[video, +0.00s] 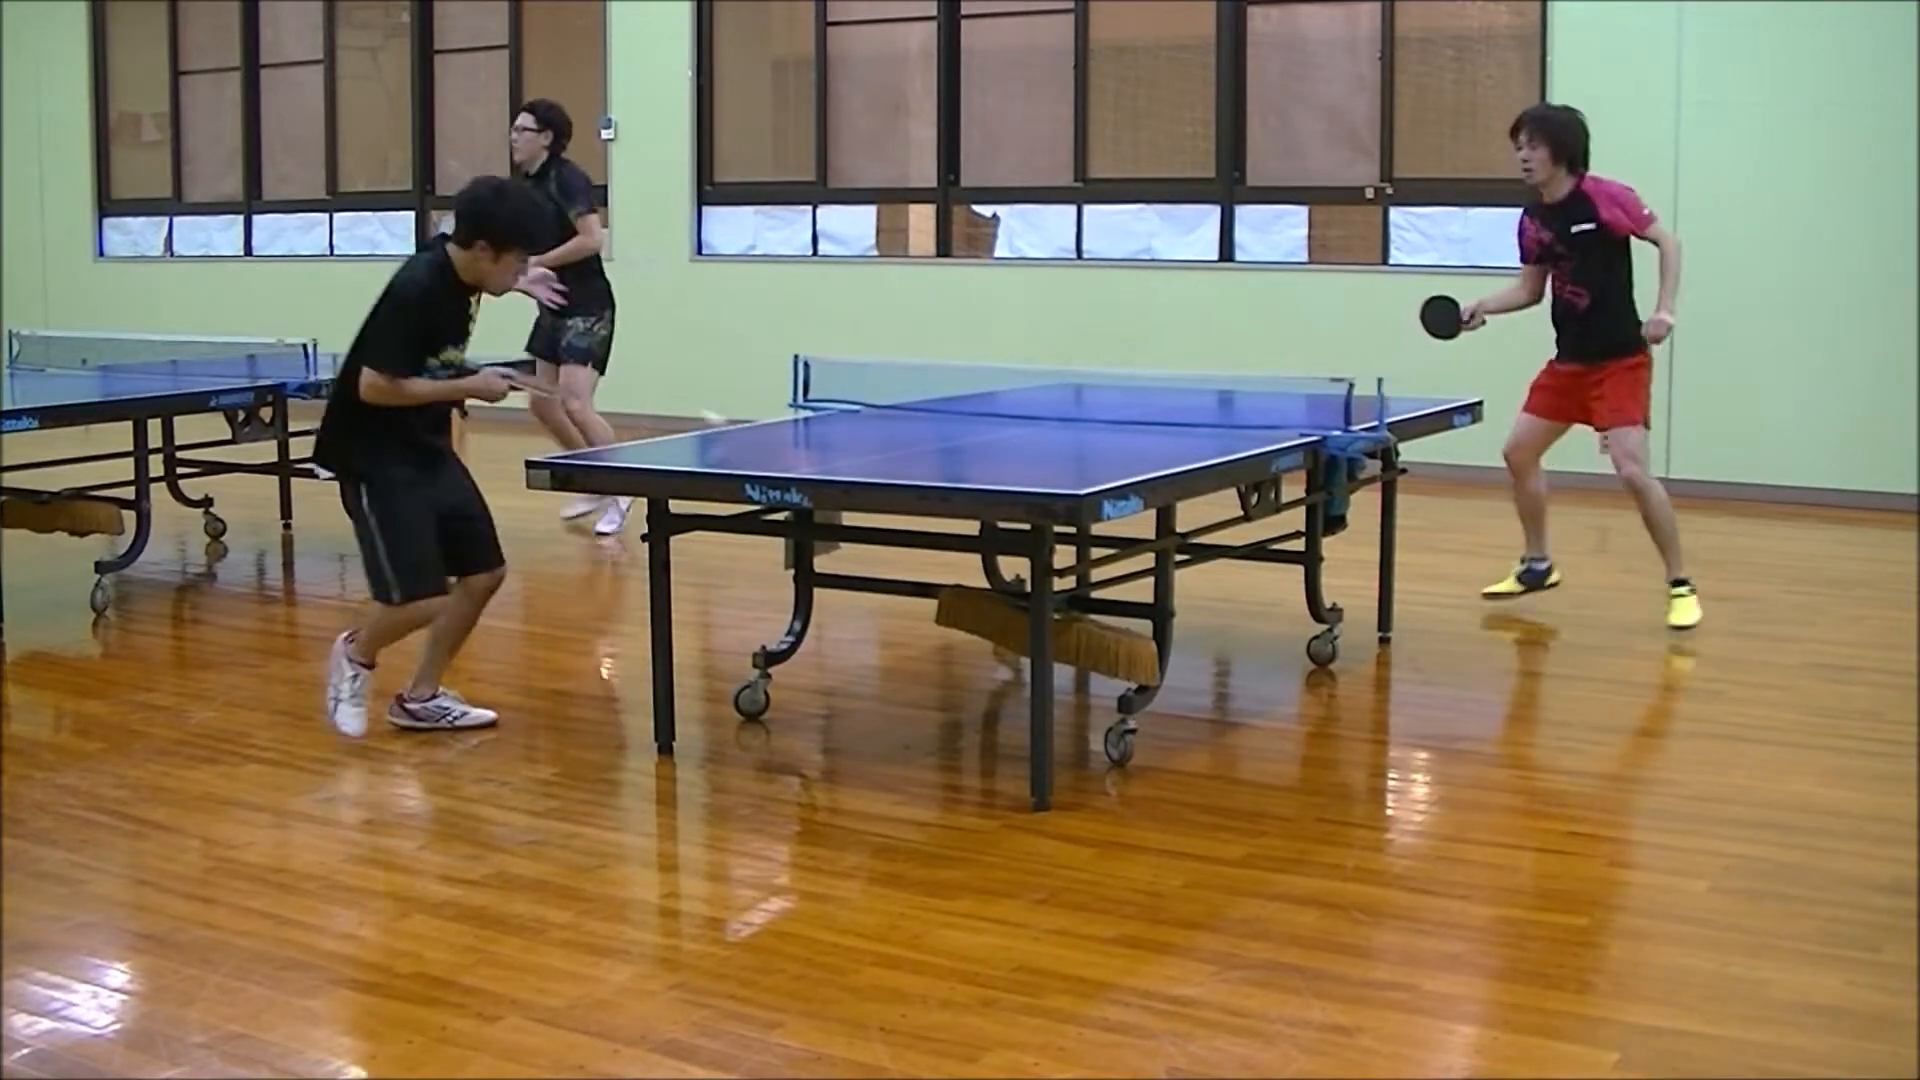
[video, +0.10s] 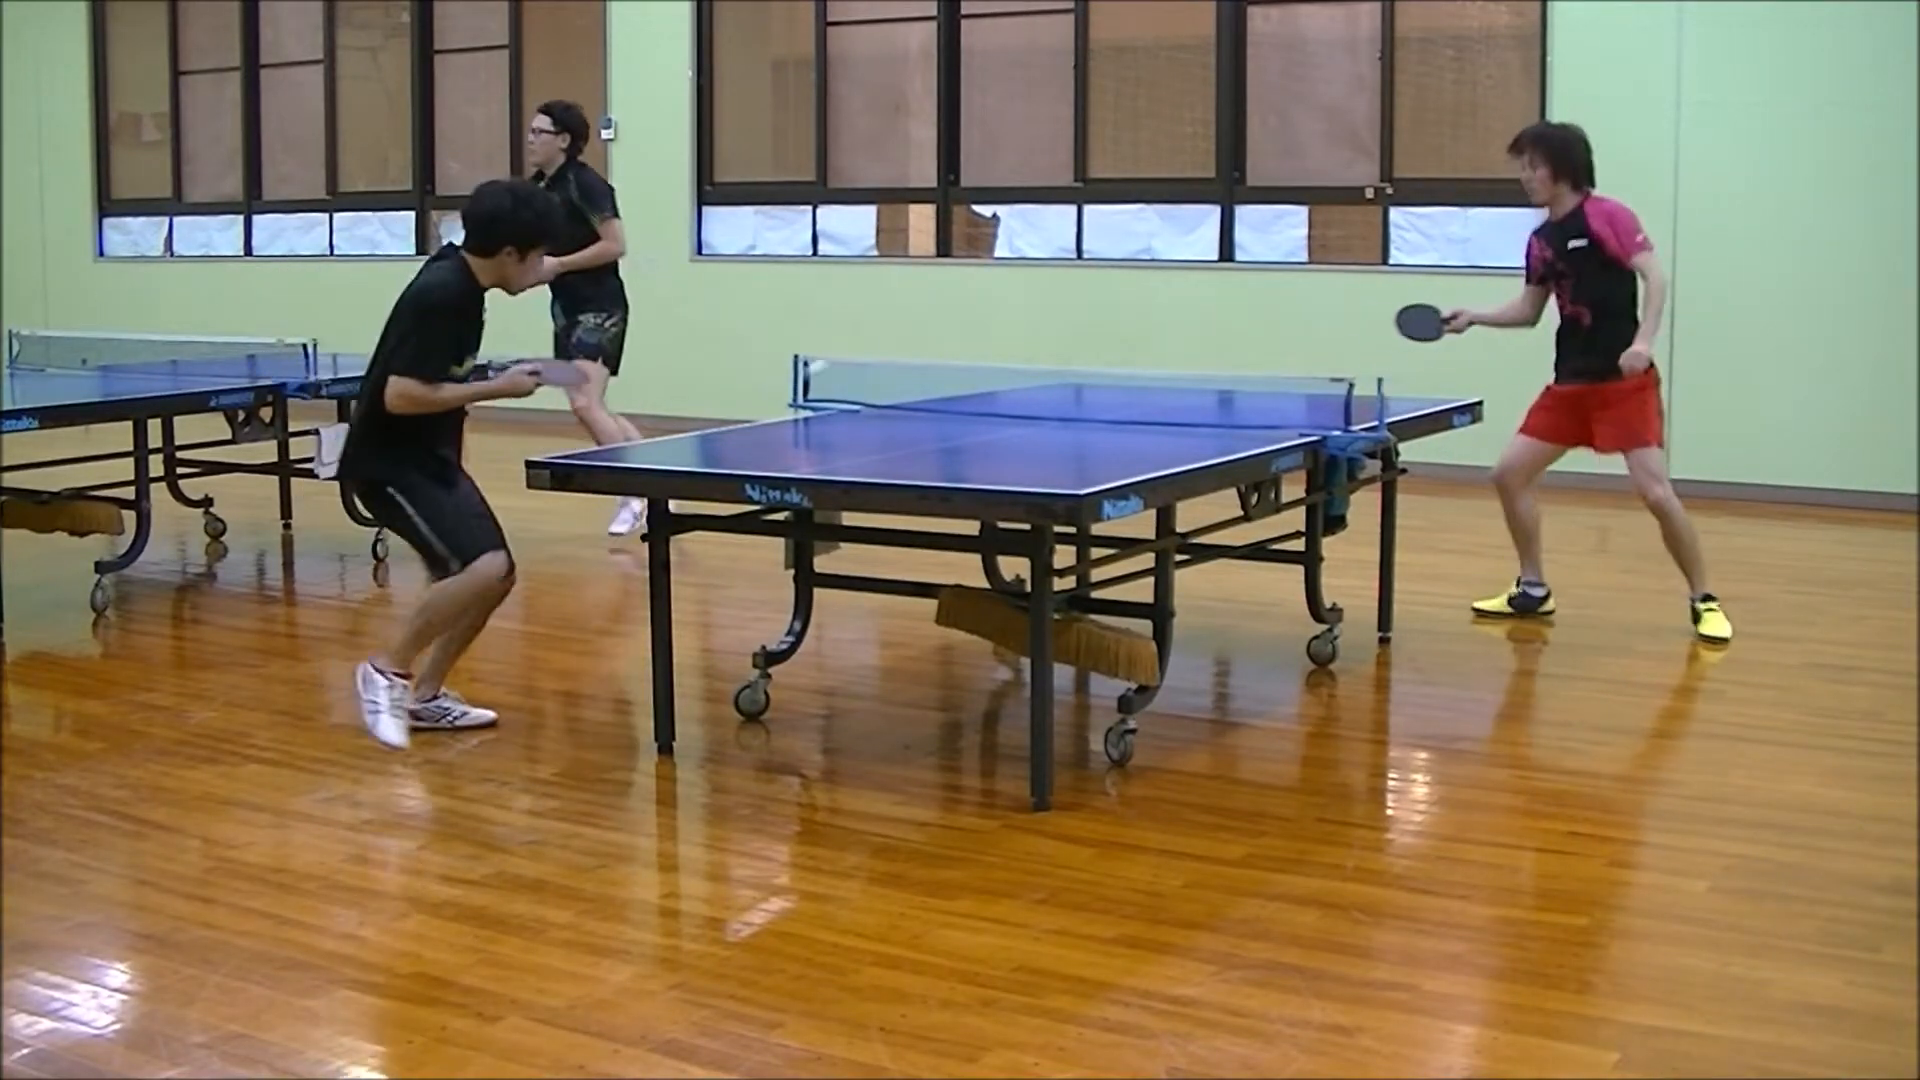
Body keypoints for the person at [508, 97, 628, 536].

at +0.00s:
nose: (513, 137)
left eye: (523, 131)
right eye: (513, 129)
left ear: (548, 138)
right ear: (520, 136)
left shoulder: (569, 179)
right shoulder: (521, 185)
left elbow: (592, 239)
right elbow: (516, 241)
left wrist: (534, 265)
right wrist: (517, 270)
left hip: (588, 302)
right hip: (553, 302)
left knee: (576, 402)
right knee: (543, 403)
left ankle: (618, 492)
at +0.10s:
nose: (530, 139)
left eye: (540, 133)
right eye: (530, 132)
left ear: (565, 140)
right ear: (541, 139)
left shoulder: (587, 183)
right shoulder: (539, 188)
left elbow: (615, 245)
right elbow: (546, 243)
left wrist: (557, 265)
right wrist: (525, 265)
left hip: (601, 302)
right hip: (568, 304)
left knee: (584, 401)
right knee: (590, 408)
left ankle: (634, 490)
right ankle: (658, 478)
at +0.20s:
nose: (543, 157)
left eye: (552, 152)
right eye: (542, 150)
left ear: (577, 160)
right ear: (546, 157)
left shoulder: (600, 204)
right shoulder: (547, 205)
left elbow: (636, 264)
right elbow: (547, 259)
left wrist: (577, 283)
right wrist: (540, 280)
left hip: (616, 318)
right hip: (582, 322)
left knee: (597, 412)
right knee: (625, 419)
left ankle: (636, 511)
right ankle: (686, 495)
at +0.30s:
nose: (548, 157)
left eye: (558, 152)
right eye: (546, 150)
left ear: (582, 159)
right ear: (548, 157)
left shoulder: (606, 204)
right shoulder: (549, 205)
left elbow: (646, 262)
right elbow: (546, 263)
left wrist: (595, 289)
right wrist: (546, 294)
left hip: (617, 312)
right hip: (578, 316)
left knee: (609, 416)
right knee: (622, 419)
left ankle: (619, 520)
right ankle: (683, 491)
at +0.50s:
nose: (532, 145)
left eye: (542, 138)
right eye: (531, 137)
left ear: (569, 146)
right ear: (535, 145)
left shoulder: (596, 192)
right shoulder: (532, 197)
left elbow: (650, 244)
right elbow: (516, 255)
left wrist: (608, 283)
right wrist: (525, 304)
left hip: (597, 316)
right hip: (550, 317)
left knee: (584, 407)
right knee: (567, 418)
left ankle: (611, 530)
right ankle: (620, 511)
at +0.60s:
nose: (522, 144)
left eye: (533, 137)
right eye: (520, 136)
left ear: (560, 142)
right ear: (519, 139)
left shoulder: (585, 186)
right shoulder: (521, 188)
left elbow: (639, 237)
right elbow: (506, 243)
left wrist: (592, 279)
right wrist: (512, 288)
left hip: (584, 319)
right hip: (540, 317)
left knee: (573, 420)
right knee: (553, 423)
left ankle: (609, 532)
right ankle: (601, 521)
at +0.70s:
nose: (507, 142)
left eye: (516, 134)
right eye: (505, 134)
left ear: (546, 136)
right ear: (507, 138)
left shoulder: (569, 178)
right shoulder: (514, 186)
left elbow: (615, 228)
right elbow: (517, 242)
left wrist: (562, 269)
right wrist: (506, 283)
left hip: (569, 326)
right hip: (522, 322)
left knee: (571, 423)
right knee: (503, 428)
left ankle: (607, 531)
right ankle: (544, 513)